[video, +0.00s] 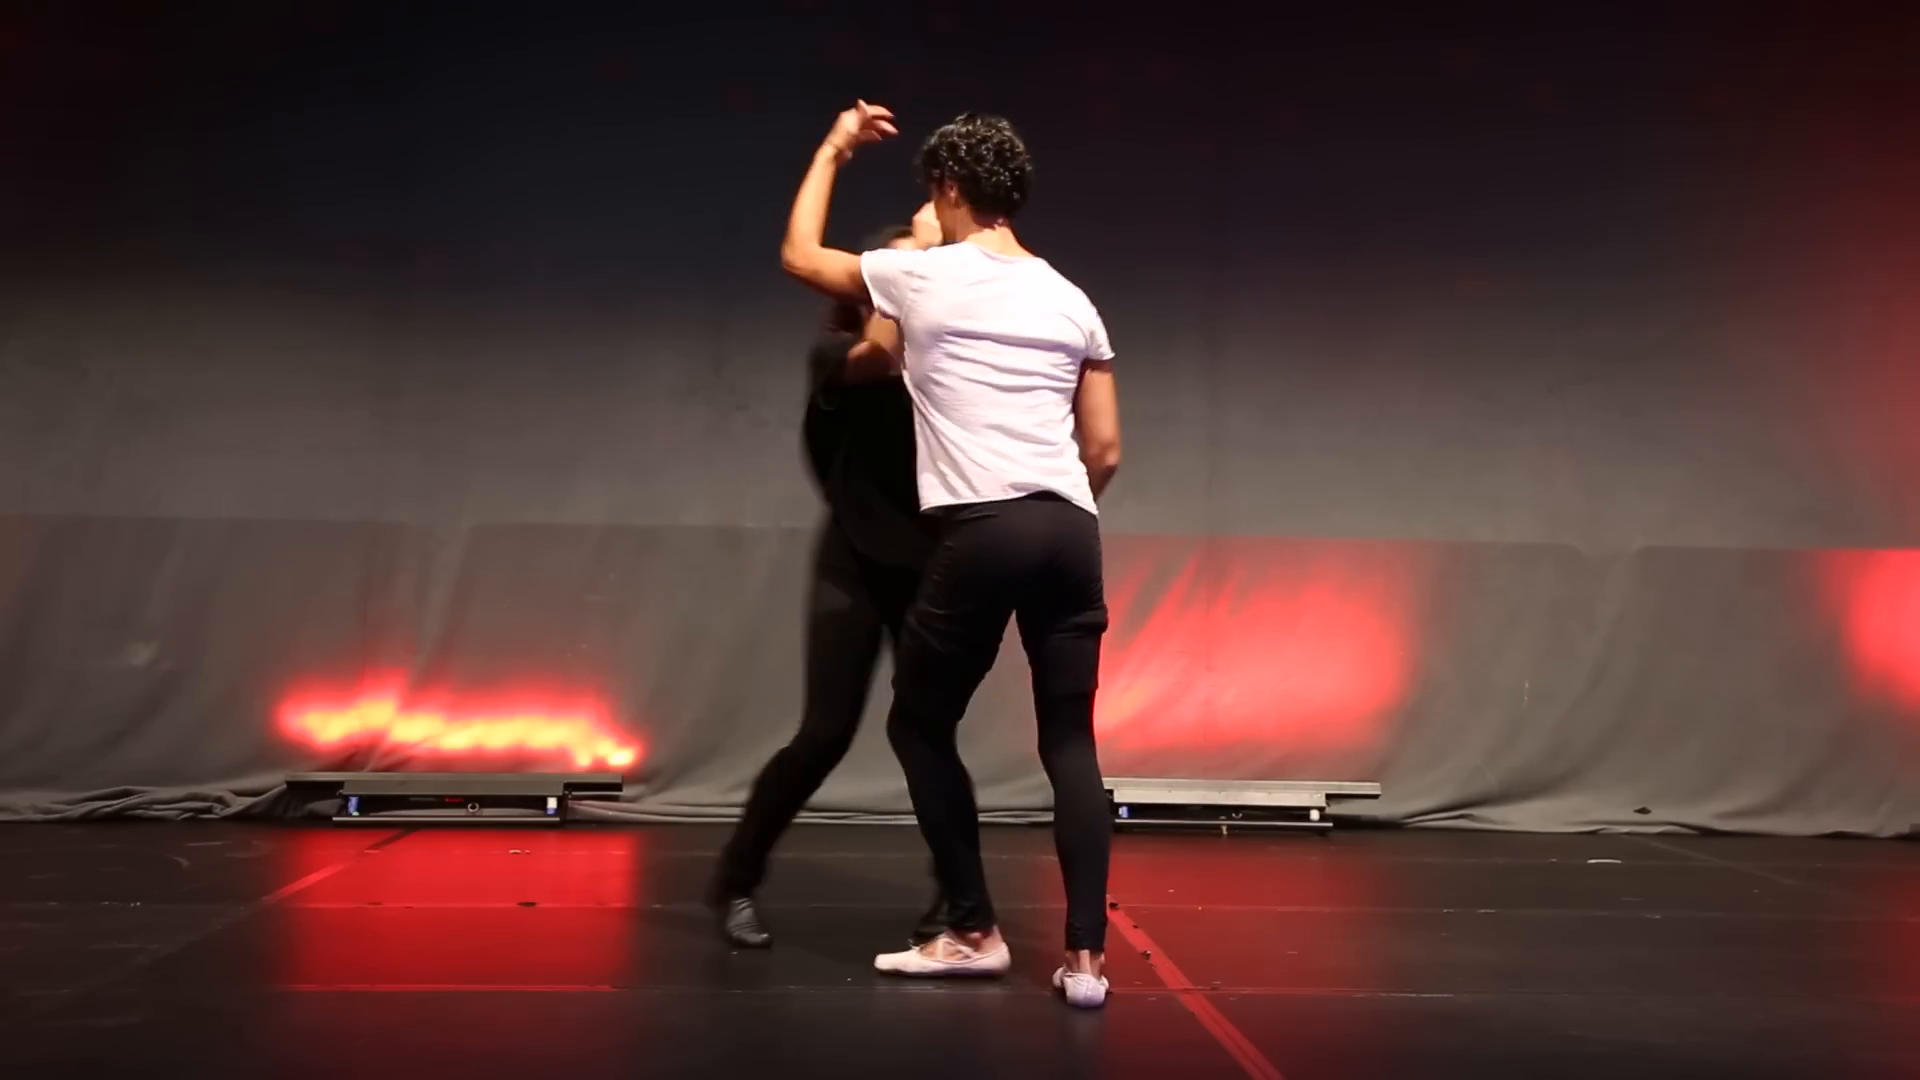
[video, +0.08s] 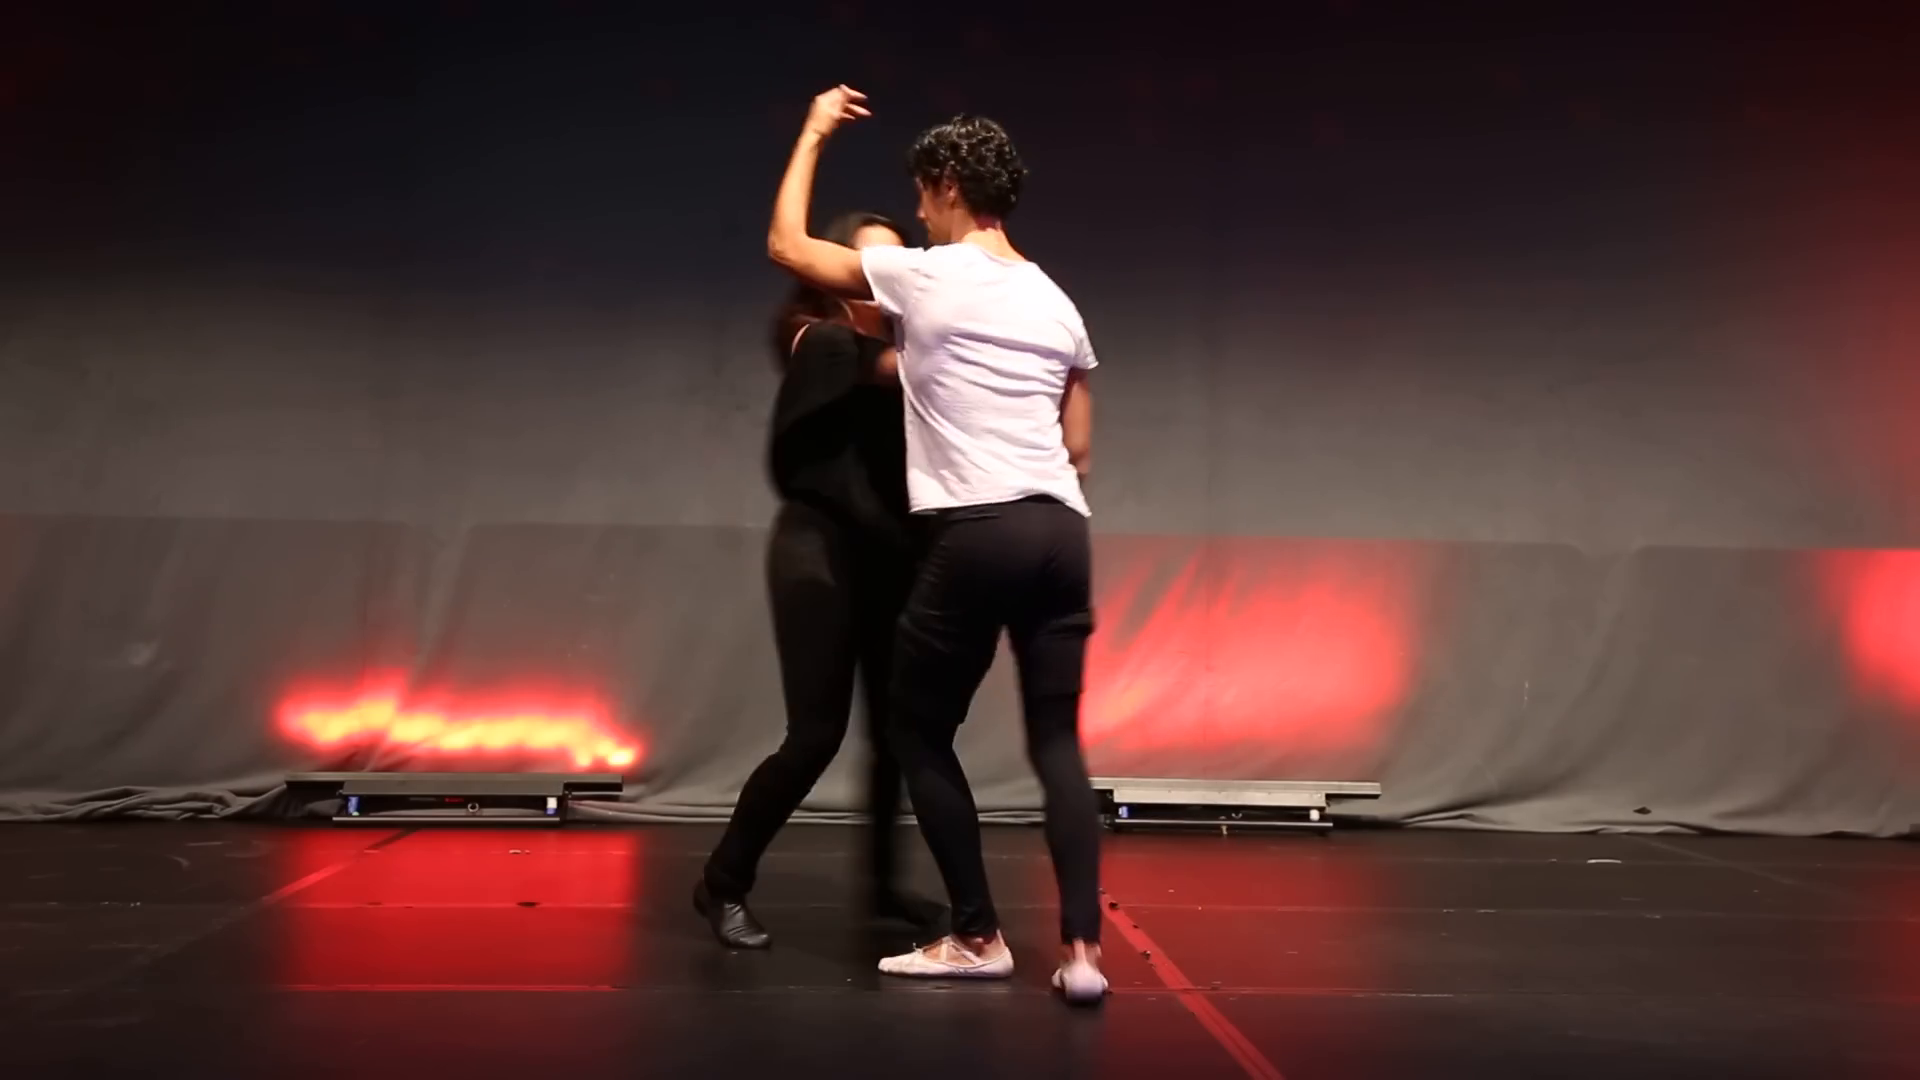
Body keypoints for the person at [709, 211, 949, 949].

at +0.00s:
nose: (919, 281)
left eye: (927, 267)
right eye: (904, 267)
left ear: (940, 281)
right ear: (866, 286)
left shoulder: (946, 351)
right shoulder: (838, 352)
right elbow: (884, 350)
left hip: (933, 556)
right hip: (856, 552)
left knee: (928, 733)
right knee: (826, 732)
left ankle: (958, 904)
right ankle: (735, 884)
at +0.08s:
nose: (886, 278)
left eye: (895, 262)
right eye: (869, 263)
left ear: (906, 269)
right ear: (835, 279)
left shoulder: (905, 350)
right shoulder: (824, 341)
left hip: (893, 549)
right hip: (816, 545)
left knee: (896, 730)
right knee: (816, 731)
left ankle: (884, 897)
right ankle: (723, 883)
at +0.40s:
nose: (824, 274)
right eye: (816, 265)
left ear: (714, 274)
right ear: (800, 273)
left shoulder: (693, 348)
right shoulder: (831, 353)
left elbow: (647, 433)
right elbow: (848, 458)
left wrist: (706, 471)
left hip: (702, 561)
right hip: (798, 567)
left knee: (655, 717)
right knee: (761, 731)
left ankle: (638, 884)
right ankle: (730, 907)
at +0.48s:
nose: (680, 252)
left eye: (694, 242)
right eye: (688, 238)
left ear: (721, 257)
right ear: (776, 263)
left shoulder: (690, 330)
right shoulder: (785, 343)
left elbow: (622, 424)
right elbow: (805, 453)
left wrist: (678, 462)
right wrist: (874, 443)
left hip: (698, 555)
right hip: (781, 561)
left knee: (627, 711)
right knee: (744, 724)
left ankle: (655, 899)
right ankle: (756, 905)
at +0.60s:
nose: (657, 235)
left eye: (674, 223)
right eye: (660, 222)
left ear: (718, 244)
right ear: (694, 242)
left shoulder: (707, 319)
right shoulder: (686, 324)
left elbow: (625, 410)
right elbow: (579, 361)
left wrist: (632, 438)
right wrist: (530, 279)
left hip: (705, 547)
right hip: (706, 546)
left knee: (646, 715)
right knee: (689, 715)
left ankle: (644, 906)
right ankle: (769, 883)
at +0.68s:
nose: (636, 230)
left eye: (655, 219)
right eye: (639, 219)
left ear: (701, 235)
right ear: (655, 237)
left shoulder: (714, 318)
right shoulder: (628, 330)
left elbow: (641, 409)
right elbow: (526, 362)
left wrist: (618, 438)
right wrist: (445, 299)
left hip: (706, 554)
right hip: (643, 549)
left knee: (649, 718)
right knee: (625, 711)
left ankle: (632, 905)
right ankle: (714, 862)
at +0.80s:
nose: (612, 236)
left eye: (631, 222)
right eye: (613, 223)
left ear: (679, 236)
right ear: (621, 241)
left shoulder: (714, 331)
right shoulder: (595, 342)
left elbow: (681, 418)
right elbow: (496, 389)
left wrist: (604, 449)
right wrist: (384, 354)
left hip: (687, 566)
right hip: (604, 551)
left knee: (638, 730)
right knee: (555, 713)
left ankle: (605, 901)